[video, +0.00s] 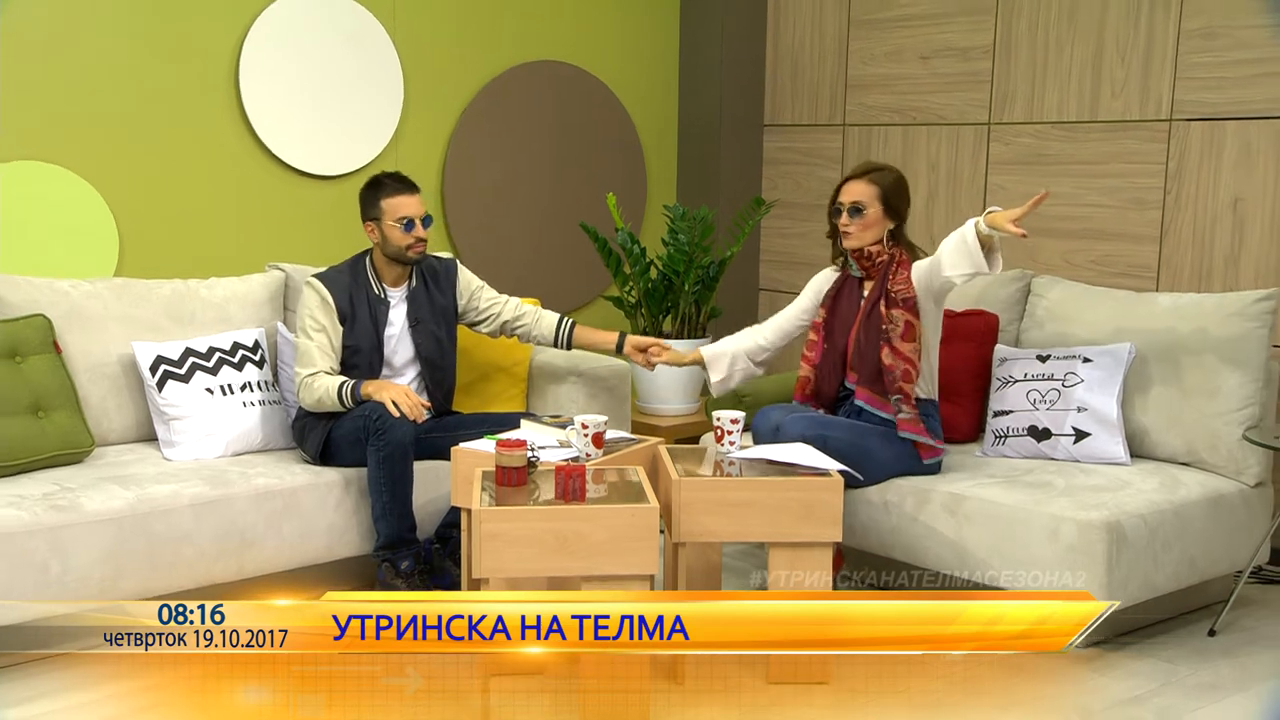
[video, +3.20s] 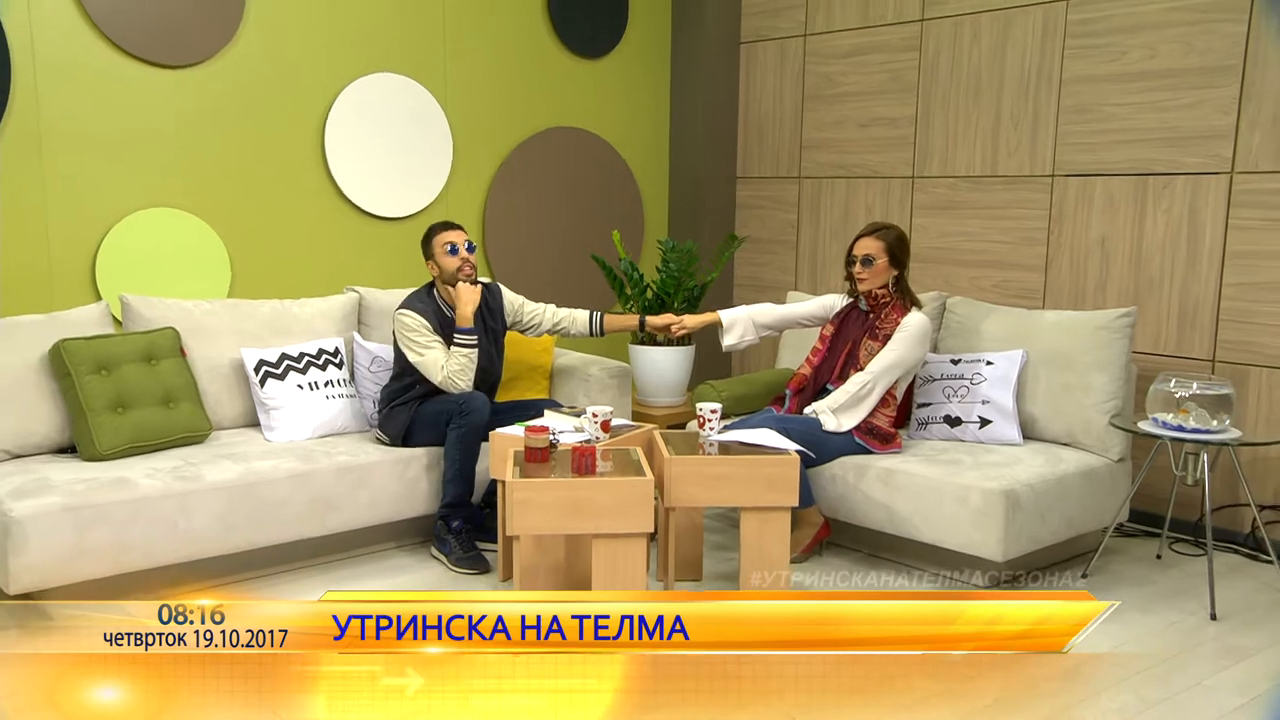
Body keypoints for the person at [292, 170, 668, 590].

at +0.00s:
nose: (419, 233)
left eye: (423, 221)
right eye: (405, 225)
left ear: (427, 220)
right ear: (372, 230)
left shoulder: (445, 275)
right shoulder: (327, 290)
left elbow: (519, 319)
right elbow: (311, 386)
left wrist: (621, 342)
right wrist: (369, 388)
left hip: (424, 421)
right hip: (339, 427)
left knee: (524, 430)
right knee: (393, 416)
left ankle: (445, 551)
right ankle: (397, 558)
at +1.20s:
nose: (431, 281)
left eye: (441, 270)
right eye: (420, 271)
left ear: (450, 259)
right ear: (398, 260)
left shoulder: (470, 295)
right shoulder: (361, 307)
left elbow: (544, 318)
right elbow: (318, 387)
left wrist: (638, 320)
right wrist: (371, 394)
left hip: (440, 426)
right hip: (367, 428)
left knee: (527, 420)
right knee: (411, 427)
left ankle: (464, 548)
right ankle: (425, 557)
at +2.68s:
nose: (457, 262)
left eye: (464, 253)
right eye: (445, 254)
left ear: (471, 258)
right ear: (424, 263)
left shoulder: (490, 302)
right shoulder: (392, 312)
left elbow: (559, 323)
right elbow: (360, 390)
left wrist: (643, 325)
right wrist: (396, 381)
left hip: (463, 419)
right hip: (393, 422)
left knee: (546, 416)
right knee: (443, 408)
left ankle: (483, 524)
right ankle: (442, 537)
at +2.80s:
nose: (456, 260)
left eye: (463, 251)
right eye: (444, 252)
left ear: (470, 257)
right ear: (424, 261)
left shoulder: (489, 301)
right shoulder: (394, 312)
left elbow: (556, 323)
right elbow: (382, 393)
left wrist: (642, 325)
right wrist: (416, 350)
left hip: (464, 418)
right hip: (394, 421)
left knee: (547, 415)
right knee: (444, 406)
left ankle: (485, 521)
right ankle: (443, 534)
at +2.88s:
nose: (455, 258)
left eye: (462, 250)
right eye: (443, 251)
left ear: (469, 255)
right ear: (424, 259)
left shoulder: (488, 299)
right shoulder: (398, 310)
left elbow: (555, 322)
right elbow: (410, 383)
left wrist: (642, 326)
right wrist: (433, 320)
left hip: (465, 416)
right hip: (398, 419)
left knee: (548, 415)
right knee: (446, 406)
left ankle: (486, 520)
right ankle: (445, 533)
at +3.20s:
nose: (465, 256)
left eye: (469, 248)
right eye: (452, 250)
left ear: (476, 256)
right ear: (431, 266)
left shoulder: (493, 296)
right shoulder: (411, 316)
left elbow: (558, 319)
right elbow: (457, 382)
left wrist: (643, 322)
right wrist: (464, 317)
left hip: (471, 412)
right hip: (409, 416)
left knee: (555, 414)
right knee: (474, 403)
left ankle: (488, 515)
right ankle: (451, 527)